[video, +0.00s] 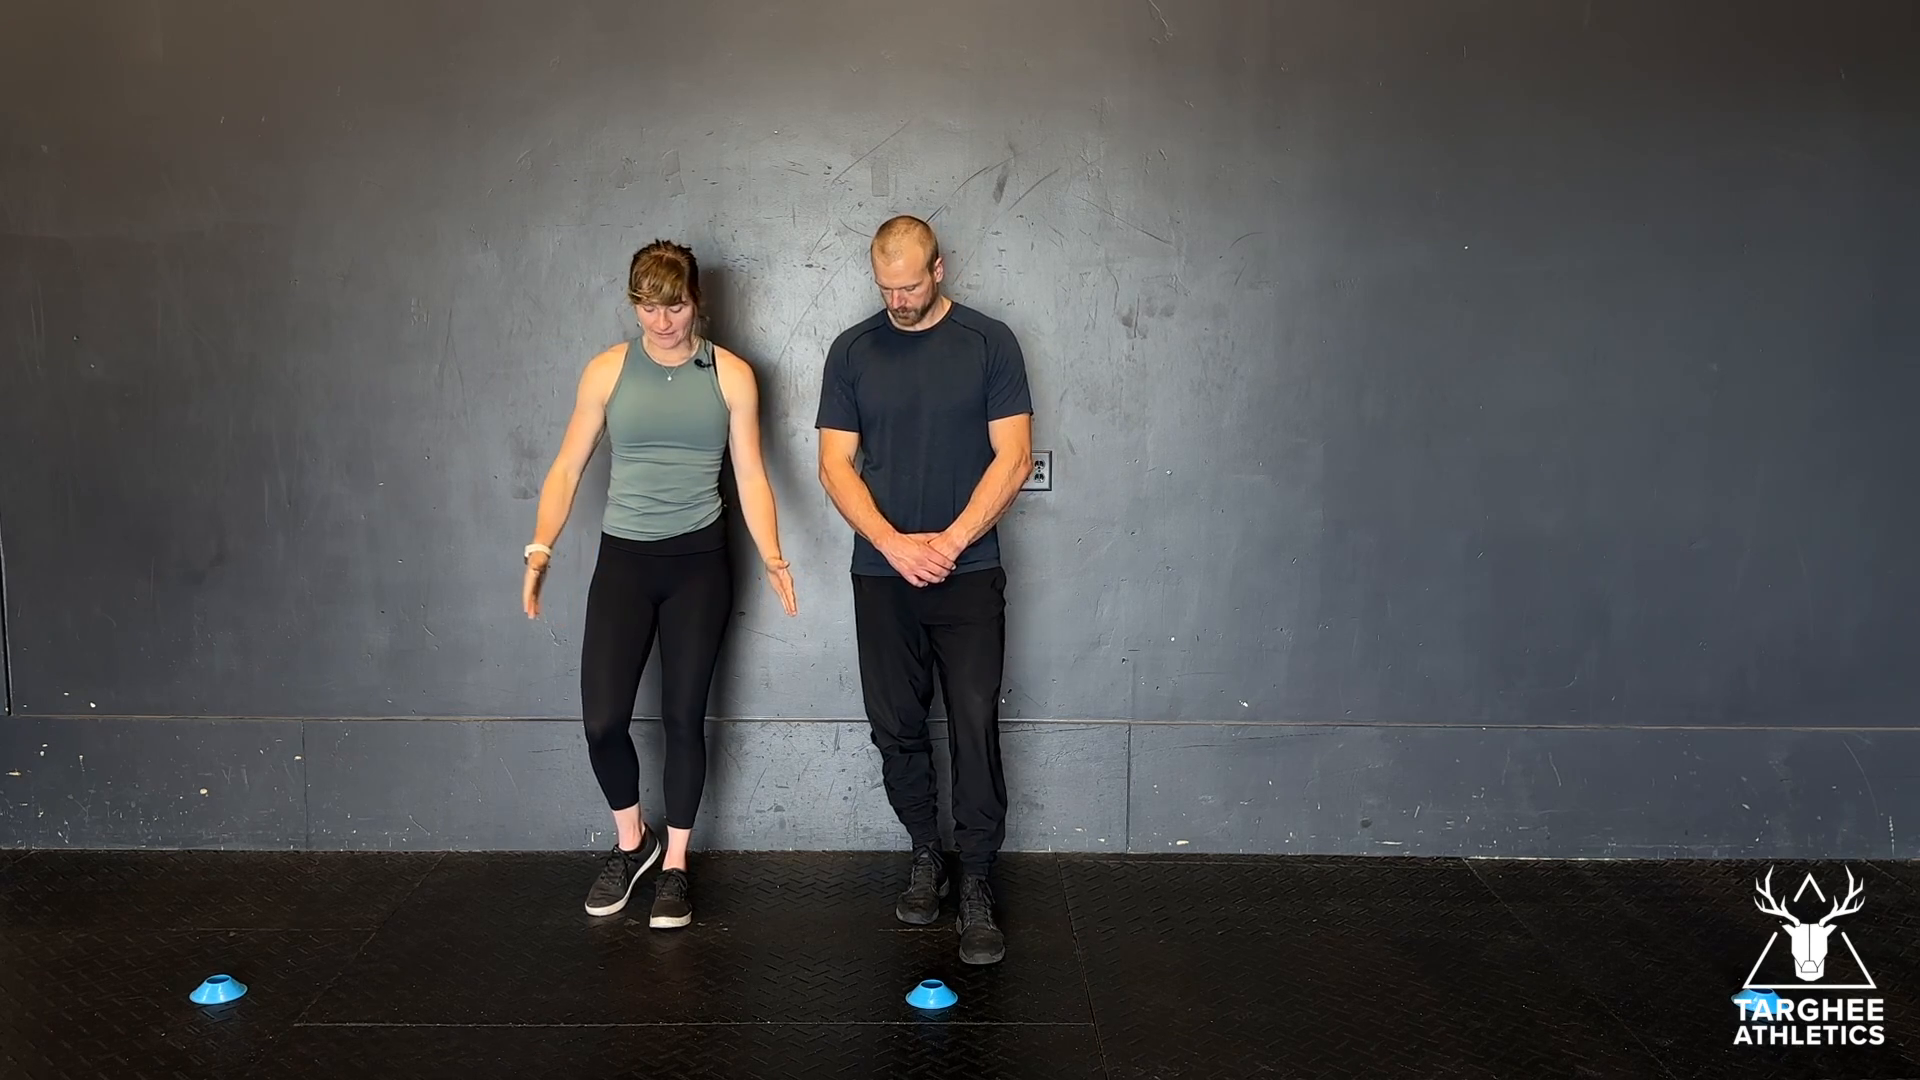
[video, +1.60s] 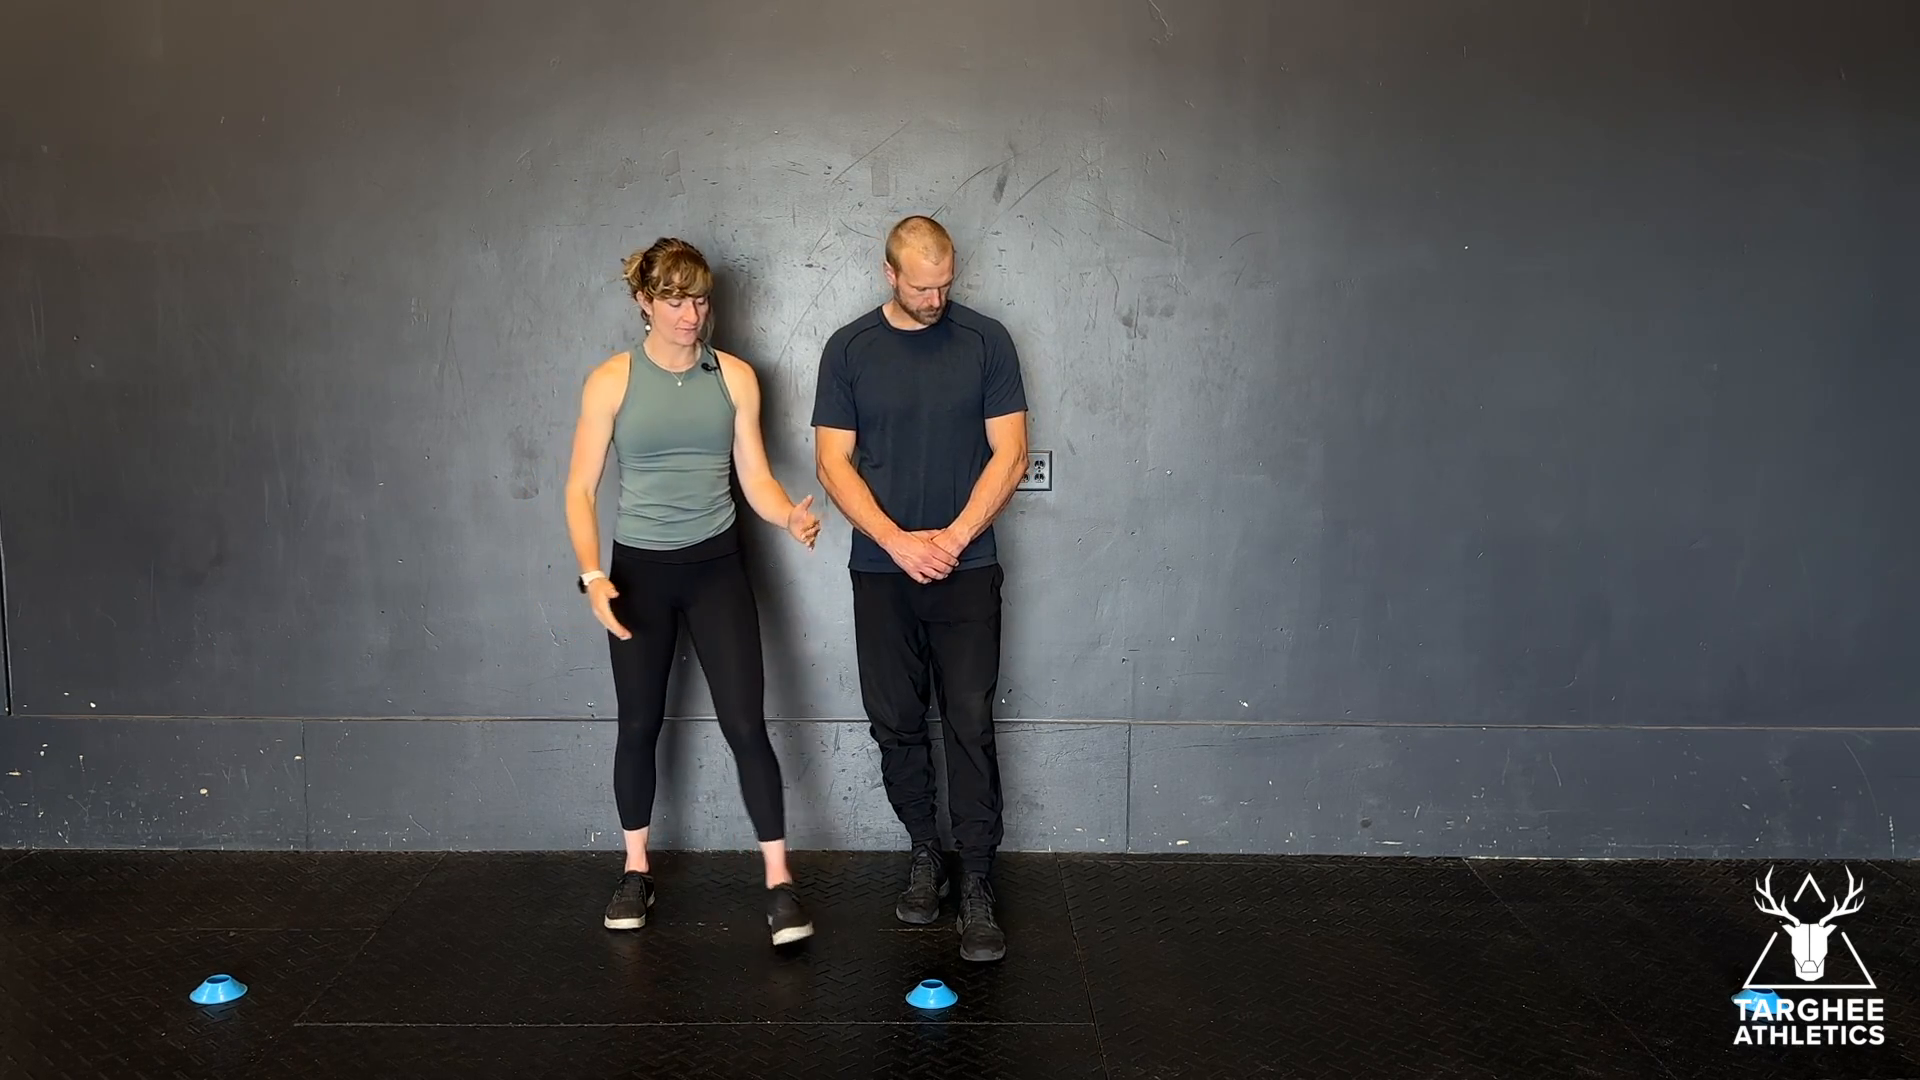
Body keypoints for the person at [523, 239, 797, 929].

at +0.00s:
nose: (664, 321)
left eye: (675, 308)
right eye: (651, 310)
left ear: (694, 303)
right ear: (635, 307)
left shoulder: (730, 375)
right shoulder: (607, 370)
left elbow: (751, 475)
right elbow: (567, 467)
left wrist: (773, 557)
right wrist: (538, 552)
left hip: (700, 561)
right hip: (623, 561)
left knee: (683, 714)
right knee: (602, 721)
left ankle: (675, 865)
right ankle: (631, 842)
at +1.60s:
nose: (690, 311)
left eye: (698, 297)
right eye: (674, 298)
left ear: (708, 300)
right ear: (645, 303)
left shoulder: (735, 378)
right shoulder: (611, 381)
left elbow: (755, 474)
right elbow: (581, 486)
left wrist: (788, 515)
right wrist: (592, 573)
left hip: (718, 568)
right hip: (639, 573)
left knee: (745, 724)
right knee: (639, 724)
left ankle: (780, 882)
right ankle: (636, 872)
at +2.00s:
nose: (747, 313)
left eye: (757, 299)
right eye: (732, 301)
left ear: (771, 302)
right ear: (708, 305)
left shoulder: (803, 380)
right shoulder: (680, 383)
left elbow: (826, 489)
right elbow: (663, 487)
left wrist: (856, 587)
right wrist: (662, 573)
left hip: (791, 570)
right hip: (710, 572)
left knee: (788, 733)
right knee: (675, 739)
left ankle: (795, 889)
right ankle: (660, 861)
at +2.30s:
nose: (773, 311)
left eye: (785, 297)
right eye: (759, 298)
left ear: (800, 300)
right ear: (738, 304)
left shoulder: (833, 381)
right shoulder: (707, 383)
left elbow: (852, 494)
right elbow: (685, 488)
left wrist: (881, 595)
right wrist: (673, 587)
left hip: (815, 574)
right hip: (735, 577)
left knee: (803, 731)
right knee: (735, 730)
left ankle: (796, 889)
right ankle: (764, 853)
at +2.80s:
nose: (751, 311)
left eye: (765, 298)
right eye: (747, 298)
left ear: (805, 302)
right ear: (746, 304)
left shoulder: (847, 388)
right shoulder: (727, 373)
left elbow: (864, 504)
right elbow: (688, 476)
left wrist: (876, 600)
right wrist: (647, 564)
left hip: (805, 574)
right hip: (725, 572)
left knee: (794, 737)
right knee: (676, 724)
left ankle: (793, 891)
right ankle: (671, 886)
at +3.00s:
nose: (735, 308)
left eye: (748, 296)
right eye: (731, 296)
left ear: (790, 299)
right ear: (734, 303)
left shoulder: (833, 388)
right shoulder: (715, 376)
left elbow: (852, 502)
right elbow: (655, 473)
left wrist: (866, 603)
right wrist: (586, 558)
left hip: (786, 574)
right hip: (710, 572)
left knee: (788, 736)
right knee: (639, 716)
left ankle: (794, 892)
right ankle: (580, 872)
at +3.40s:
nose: (640, 323)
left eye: (654, 311)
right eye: (636, 312)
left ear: (695, 315)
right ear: (635, 319)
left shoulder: (731, 402)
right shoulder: (615, 391)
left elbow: (759, 515)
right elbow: (553, 488)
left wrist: (773, 616)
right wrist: (483, 576)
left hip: (680, 588)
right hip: (602, 587)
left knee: (723, 746)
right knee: (540, 734)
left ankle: (785, 892)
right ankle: (502, 885)